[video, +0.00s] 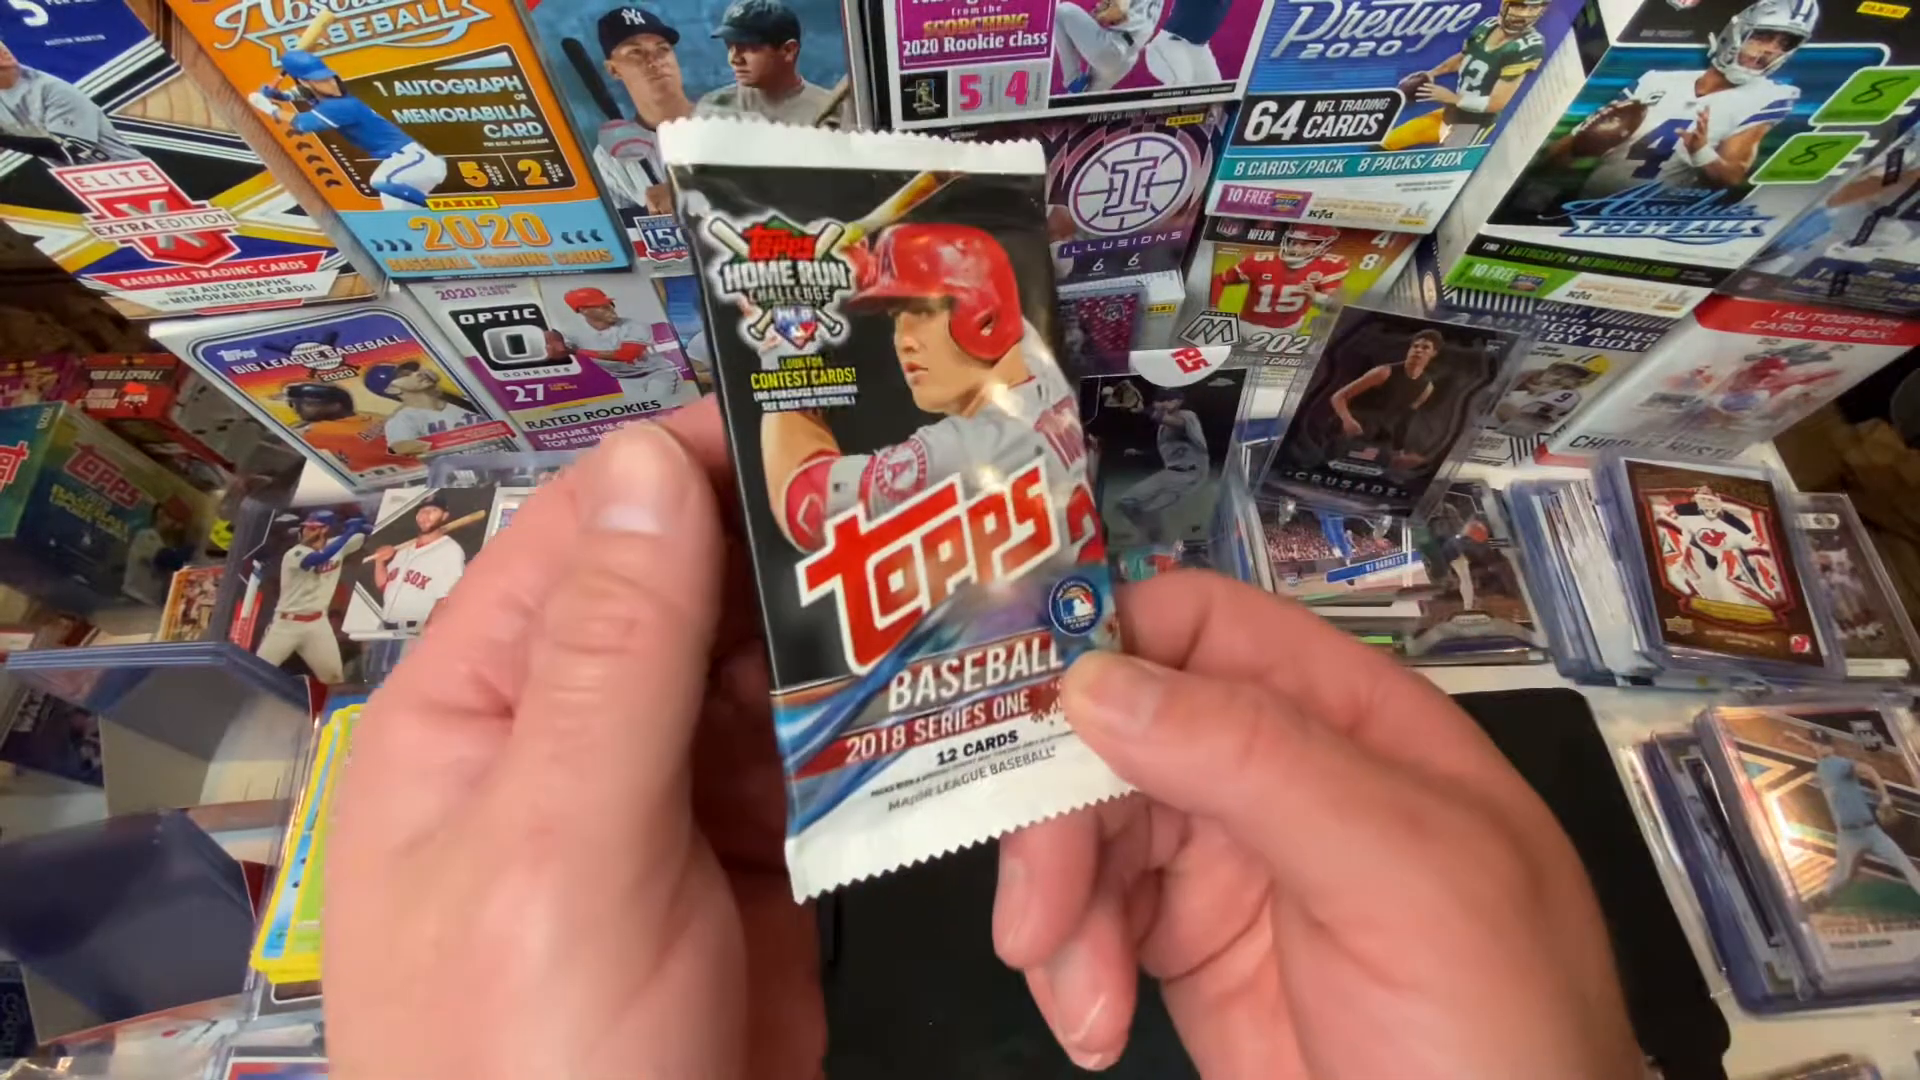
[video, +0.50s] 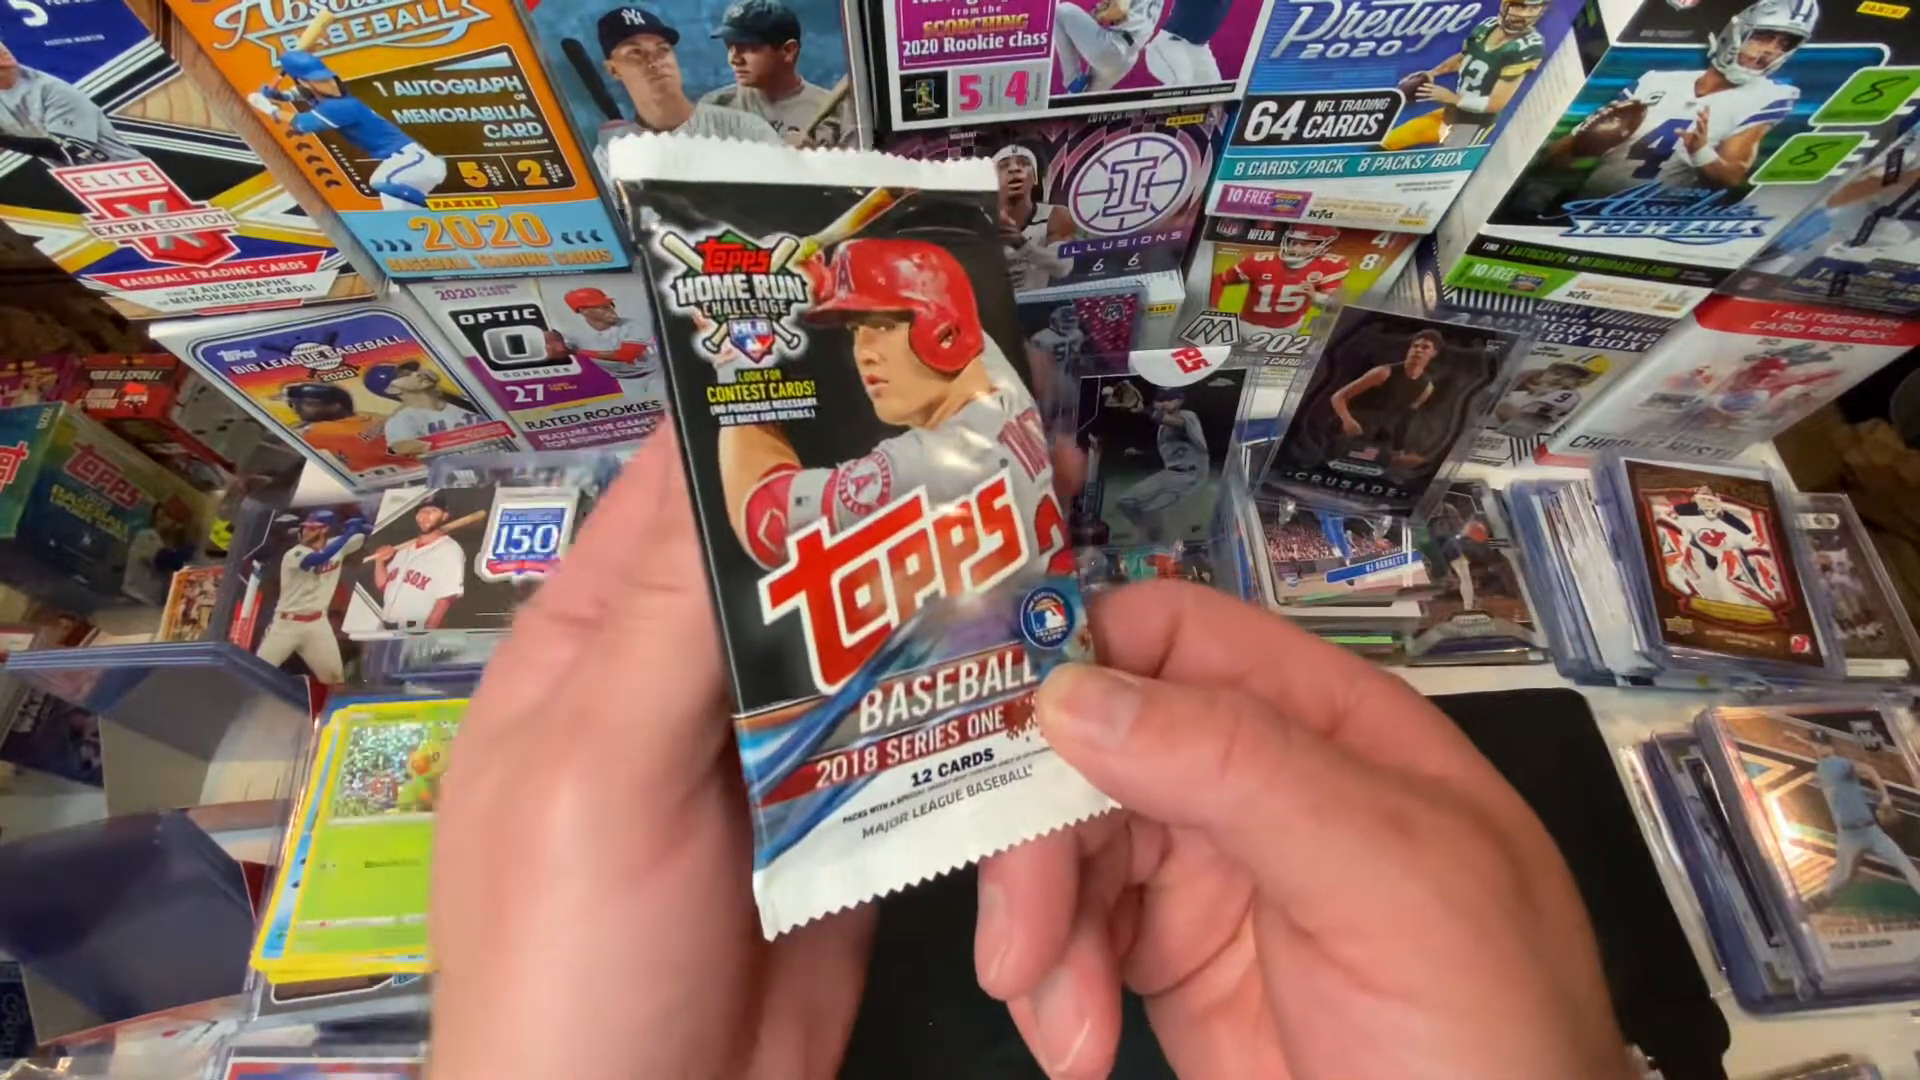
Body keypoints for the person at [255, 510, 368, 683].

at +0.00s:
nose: (304, 531)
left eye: (310, 528)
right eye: (304, 527)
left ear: (324, 531)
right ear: (303, 530)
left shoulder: (336, 549)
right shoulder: (294, 554)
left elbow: (366, 533)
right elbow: (318, 560)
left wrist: (357, 524)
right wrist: (347, 535)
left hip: (317, 625)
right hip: (285, 624)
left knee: (334, 679)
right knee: (259, 671)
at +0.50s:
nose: (303, 531)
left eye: (309, 528)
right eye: (304, 527)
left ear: (323, 530)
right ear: (303, 530)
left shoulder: (337, 549)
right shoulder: (294, 554)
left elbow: (365, 533)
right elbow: (319, 560)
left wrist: (358, 525)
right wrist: (347, 536)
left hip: (317, 625)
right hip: (285, 624)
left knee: (335, 681)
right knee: (259, 672)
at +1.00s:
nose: (304, 532)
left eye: (310, 528)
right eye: (304, 527)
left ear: (324, 531)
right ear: (302, 529)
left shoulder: (337, 548)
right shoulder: (293, 555)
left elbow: (367, 532)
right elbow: (318, 560)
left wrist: (358, 523)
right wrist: (347, 536)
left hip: (317, 625)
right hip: (284, 625)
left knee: (334, 681)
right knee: (258, 671)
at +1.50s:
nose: (305, 532)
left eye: (311, 528)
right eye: (304, 527)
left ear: (324, 530)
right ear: (302, 529)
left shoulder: (337, 548)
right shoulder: (293, 554)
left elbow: (368, 533)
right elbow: (319, 560)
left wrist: (358, 525)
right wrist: (346, 537)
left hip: (317, 626)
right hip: (284, 625)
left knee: (334, 679)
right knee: (257, 671)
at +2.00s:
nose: (304, 531)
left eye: (311, 528)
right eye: (304, 527)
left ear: (324, 531)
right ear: (303, 530)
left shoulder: (337, 548)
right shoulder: (294, 554)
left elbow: (366, 534)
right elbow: (318, 559)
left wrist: (359, 525)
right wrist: (346, 537)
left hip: (317, 625)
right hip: (285, 624)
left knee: (334, 677)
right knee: (258, 670)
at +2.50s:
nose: (303, 531)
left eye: (310, 527)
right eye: (304, 527)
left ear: (324, 530)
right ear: (303, 530)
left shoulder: (337, 549)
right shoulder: (294, 554)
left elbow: (367, 533)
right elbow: (318, 559)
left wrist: (358, 525)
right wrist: (347, 536)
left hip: (317, 625)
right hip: (285, 624)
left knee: (333, 677)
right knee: (258, 670)